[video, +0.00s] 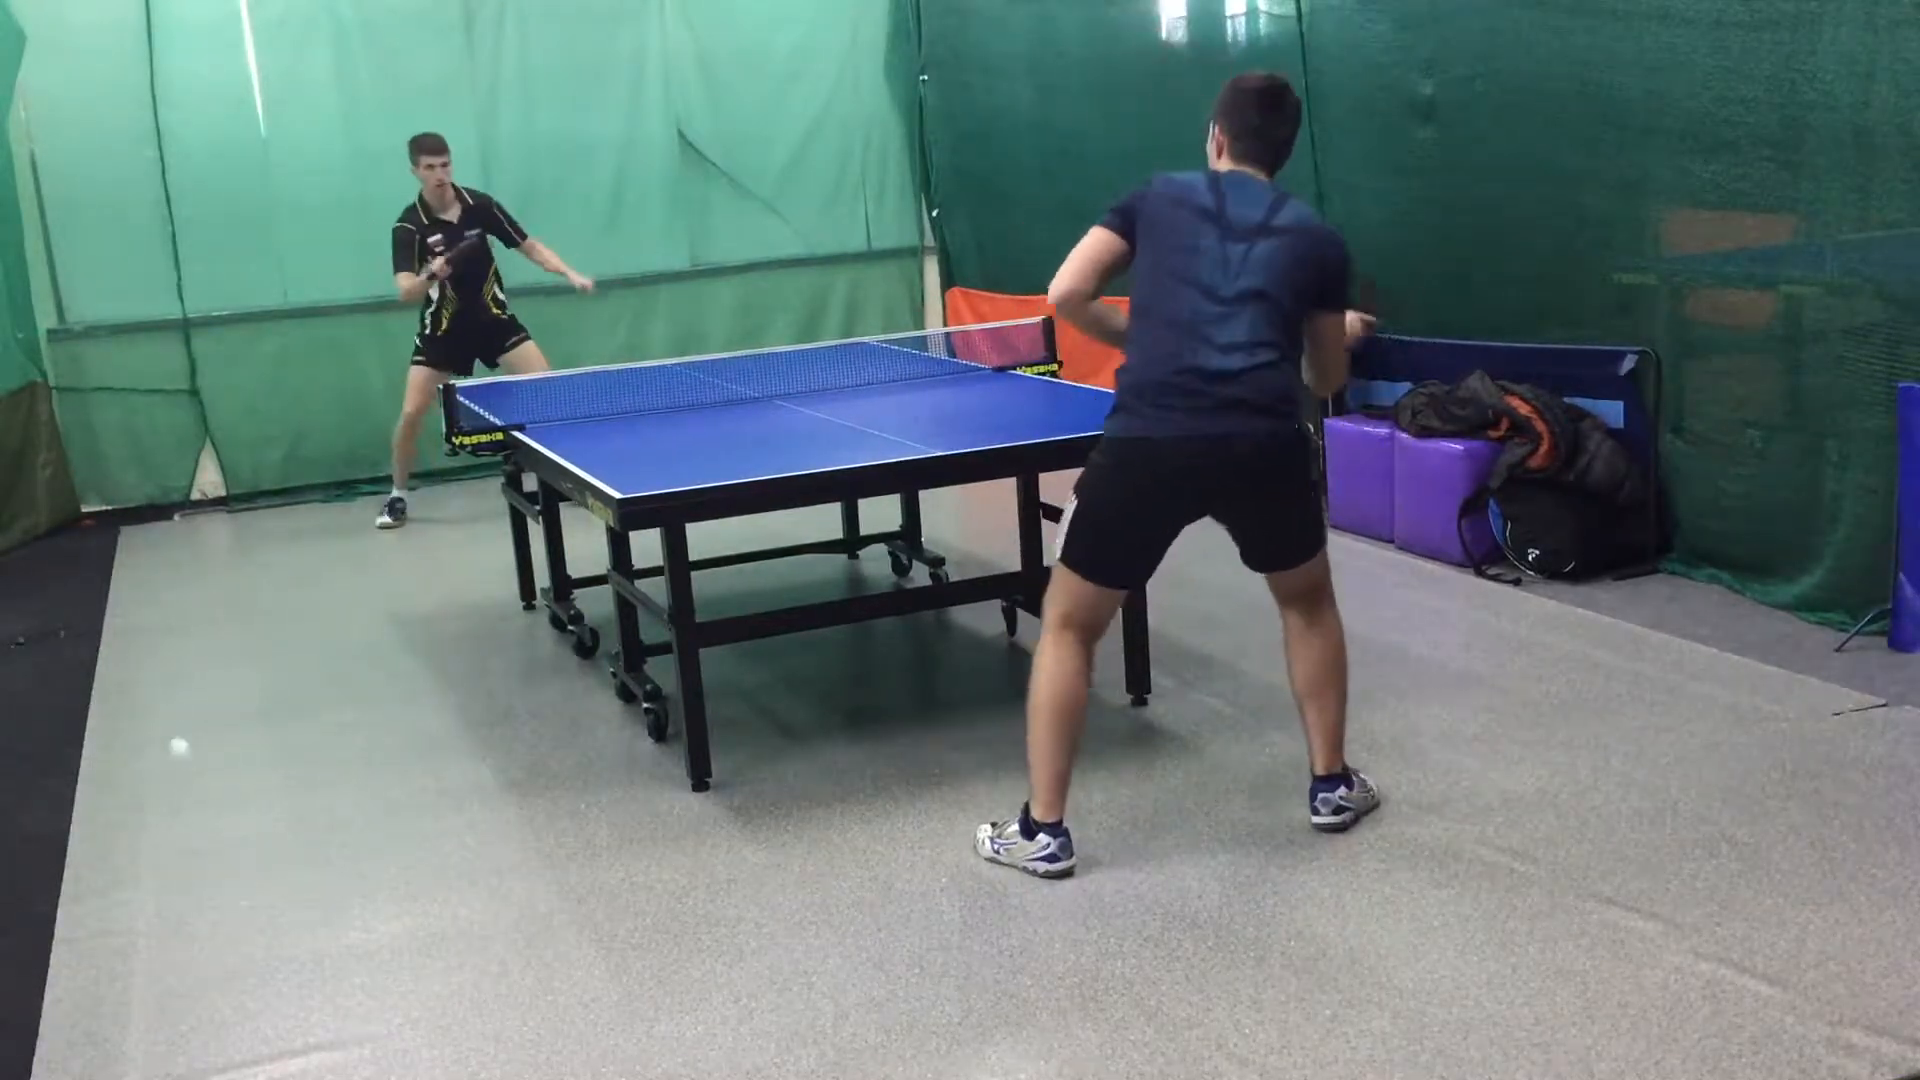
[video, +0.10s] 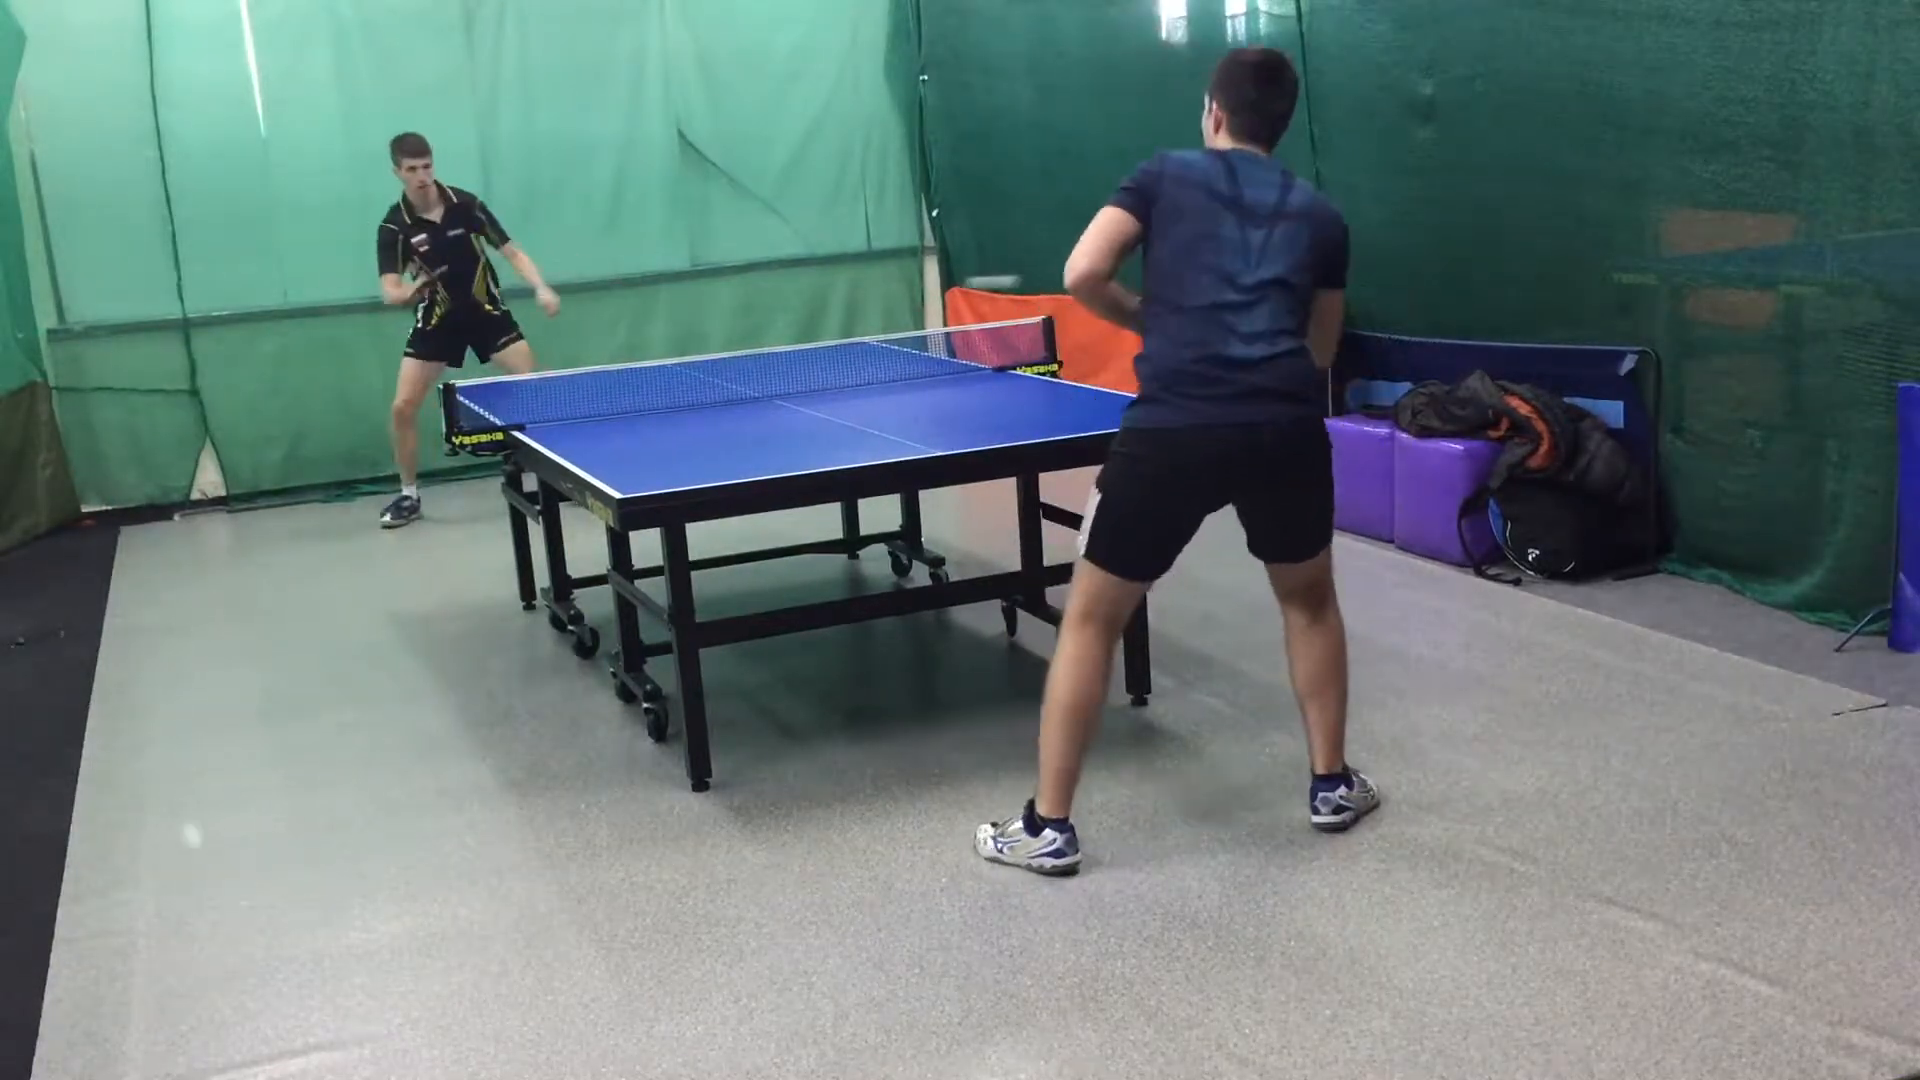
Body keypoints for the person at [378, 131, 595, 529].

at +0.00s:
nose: (441, 174)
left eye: (445, 166)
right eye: (431, 168)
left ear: (452, 165)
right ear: (416, 172)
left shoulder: (480, 205)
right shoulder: (409, 225)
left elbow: (529, 247)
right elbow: (407, 291)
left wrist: (569, 272)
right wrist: (431, 274)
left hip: (493, 318)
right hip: (443, 326)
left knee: (546, 388)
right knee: (412, 412)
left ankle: (528, 476)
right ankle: (397, 496)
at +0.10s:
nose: (422, 176)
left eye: (426, 167)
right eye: (413, 170)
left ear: (434, 164)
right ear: (398, 173)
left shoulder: (465, 204)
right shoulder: (395, 225)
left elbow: (512, 253)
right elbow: (390, 292)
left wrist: (541, 287)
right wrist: (416, 287)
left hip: (486, 312)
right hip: (437, 320)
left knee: (532, 384)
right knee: (403, 407)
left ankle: (540, 476)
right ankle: (409, 495)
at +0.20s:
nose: (400, 195)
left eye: (404, 186)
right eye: (391, 190)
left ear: (412, 182)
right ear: (376, 192)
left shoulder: (443, 219)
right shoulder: (379, 240)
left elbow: (484, 275)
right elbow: (379, 298)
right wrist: (379, 318)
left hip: (475, 312)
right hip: (432, 321)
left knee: (527, 390)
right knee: (399, 409)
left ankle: (537, 477)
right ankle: (410, 497)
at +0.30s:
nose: (381, 221)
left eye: (386, 211)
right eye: (372, 215)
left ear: (395, 205)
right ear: (360, 217)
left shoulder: (428, 243)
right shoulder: (371, 261)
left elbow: (446, 313)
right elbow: (378, 332)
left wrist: (414, 353)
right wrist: (349, 366)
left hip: (479, 326)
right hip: (436, 332)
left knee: (519, 388)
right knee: (392, 411)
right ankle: (409, 497)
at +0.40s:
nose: (372, 236)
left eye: (376, 226)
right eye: (363, 230)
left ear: (387, 218)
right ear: (352, 229)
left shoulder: (415, 255)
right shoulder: (375, 269)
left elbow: (422, 322)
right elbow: (384, 339)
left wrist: (378, 356)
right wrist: (343, 385)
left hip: (487, 337)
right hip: (441, 342)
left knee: (523, 396)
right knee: (392, 413)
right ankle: (410, 497)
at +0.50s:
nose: (376, 237)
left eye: (380, 227)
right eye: (367, 232)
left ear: (391, 217)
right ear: (356, 231)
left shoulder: (421, 251)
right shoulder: (385, 268)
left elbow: (445, 302)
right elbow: (406, 338)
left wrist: (406, 335)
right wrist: (365, 381)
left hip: (498, 338)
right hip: (452, 344)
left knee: (533, 397)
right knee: (401, 414)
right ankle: (412, 497)